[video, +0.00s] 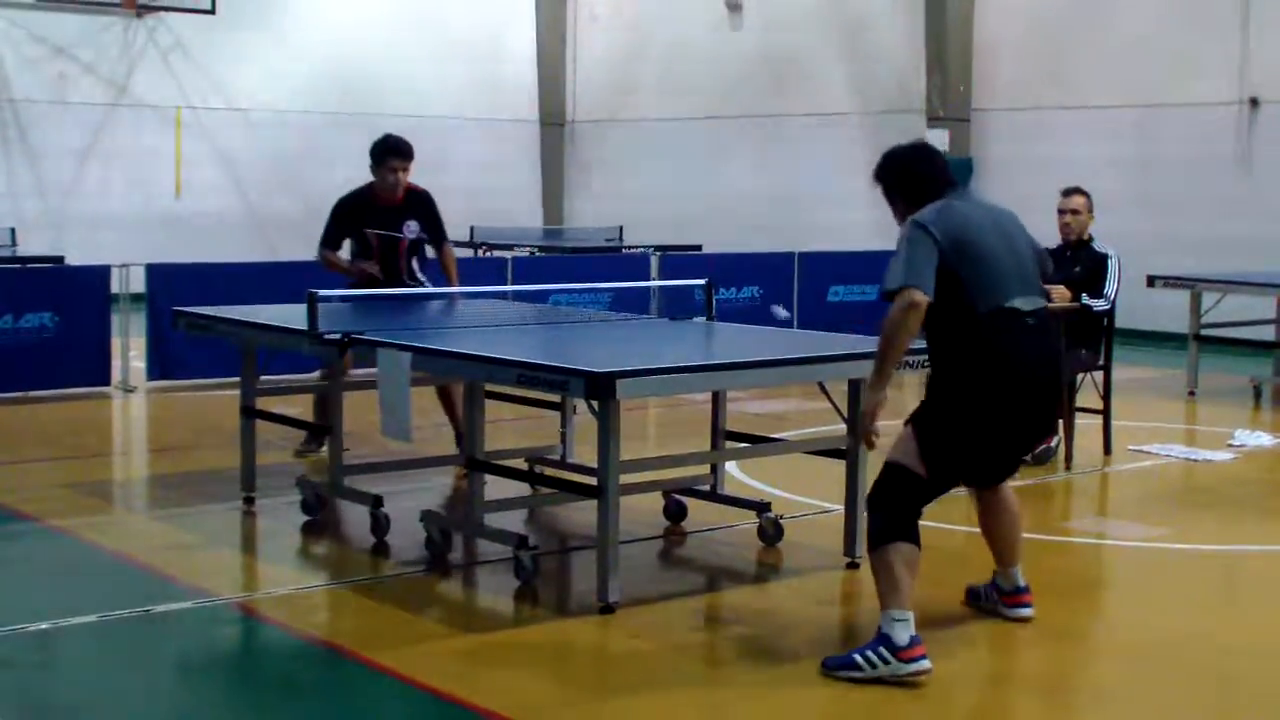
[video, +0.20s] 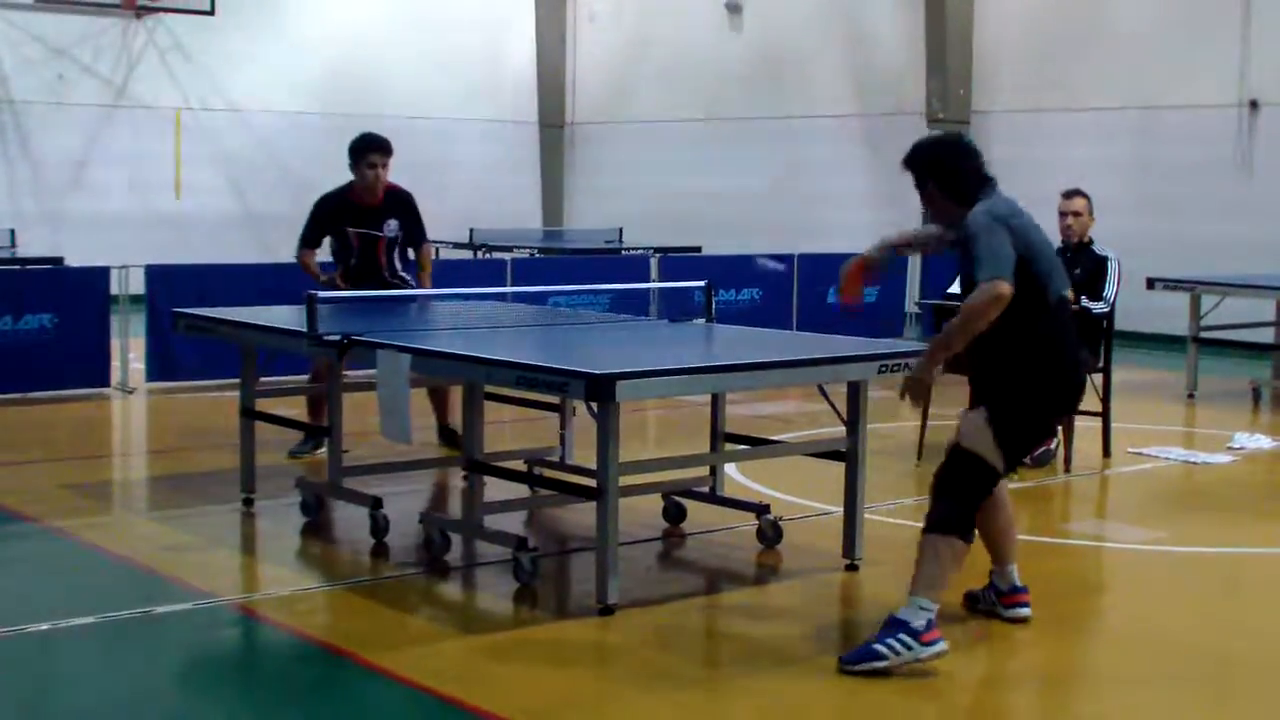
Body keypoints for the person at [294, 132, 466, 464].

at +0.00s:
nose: (400, 179)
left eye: (405, 171)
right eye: (392, 171)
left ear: (411, 170)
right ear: (374, 170)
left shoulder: (421, 202)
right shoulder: (350, 205)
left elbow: (443, 248)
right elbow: (325, 254)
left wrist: (454, 290)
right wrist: (351, 269)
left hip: (415, 301)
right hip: (365, 302)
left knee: (441, 360)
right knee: (334, 361)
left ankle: (463, 436)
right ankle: (318, 433)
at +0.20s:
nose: (380, 175)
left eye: (384, 167)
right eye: (371, 167)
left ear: (389, 166)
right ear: (354, 168)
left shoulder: (401, 200)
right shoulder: (330, 204)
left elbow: (422, 248)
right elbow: (305, 254)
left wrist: (425, 291)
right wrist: (323, 278)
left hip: (398, 299)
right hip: (349, 300)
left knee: (437, 352)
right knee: (323, 359)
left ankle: (446, 428)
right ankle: (316, 431)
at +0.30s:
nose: (372, 182)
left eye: (377, 174)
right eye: (363, 175)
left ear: (382, 174)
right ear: (347, 177)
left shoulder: (398, 209)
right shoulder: (327, 214)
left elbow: (420, 253)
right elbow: (304, 258)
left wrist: (417, 297)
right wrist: (301, 294)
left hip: (395, 309)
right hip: (345, 309)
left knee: (434, 353)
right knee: (316, 356)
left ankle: (442, 429)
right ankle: (314, 431)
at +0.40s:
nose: (355, 194)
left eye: (359, 186)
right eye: (347, 188)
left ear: (367, 186)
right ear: (333, 190)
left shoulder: (388, 221)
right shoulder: (320, 228)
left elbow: (408, 271)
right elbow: (303, 277)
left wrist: (399, 313)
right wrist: (288, 312)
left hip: (388, 317)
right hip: (342, 318)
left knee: (430, 361)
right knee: (304, 364)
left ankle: (443, 431)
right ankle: (303, 433)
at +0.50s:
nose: (318, 198)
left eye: (324, 189)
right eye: (310, 192)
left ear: (336, 188)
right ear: (303, 195)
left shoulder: (354, 219)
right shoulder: (301, 231)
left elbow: (366, 273)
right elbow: (301, 281)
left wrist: (345, 307)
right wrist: (295, 309)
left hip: (361, 312)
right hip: (318, 314)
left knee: (409, 361)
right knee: (284, 353)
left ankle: (447, 425)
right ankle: (281, 428)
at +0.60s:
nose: (267, 201)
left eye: (273, 193)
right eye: (260, 195)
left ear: (287, 190)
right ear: (255, 198)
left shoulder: (306, 219)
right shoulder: (271, 234)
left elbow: (305, 269)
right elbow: (292, 277)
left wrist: (275, 295)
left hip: (350, 304)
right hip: (313, 309)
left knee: (393, 363)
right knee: (269, 353)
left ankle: (449, 419)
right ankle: (279, 426)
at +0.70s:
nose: (226, 192)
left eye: (232, 184)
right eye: (219, 186)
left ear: (247, 181)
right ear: (215, 188)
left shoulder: (268, 207)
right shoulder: (240, 219)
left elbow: (294, 250)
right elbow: (260, 265)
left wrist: (282, 300)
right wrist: (257, 306)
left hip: (319, 287)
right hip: (283, 292)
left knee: (363, 353)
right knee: (247, 350)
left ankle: (423, 410)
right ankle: (277, 420)